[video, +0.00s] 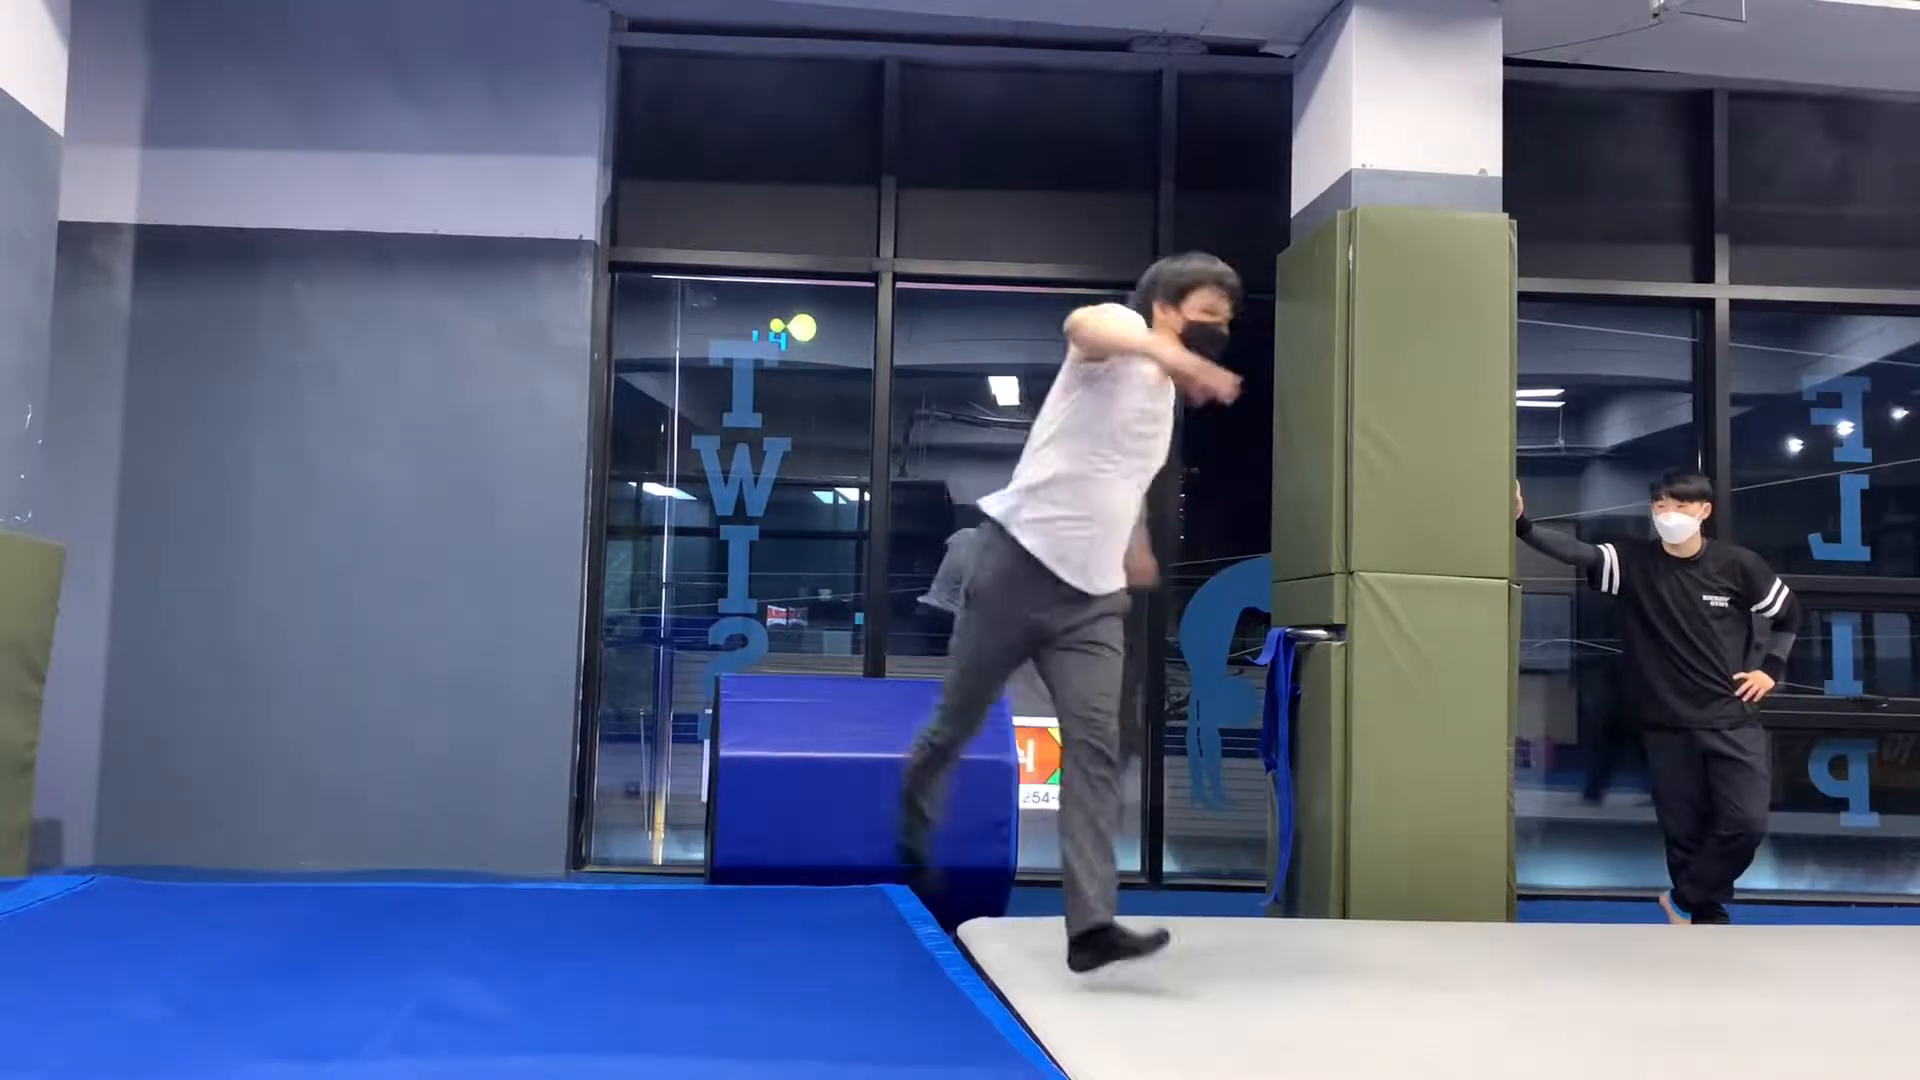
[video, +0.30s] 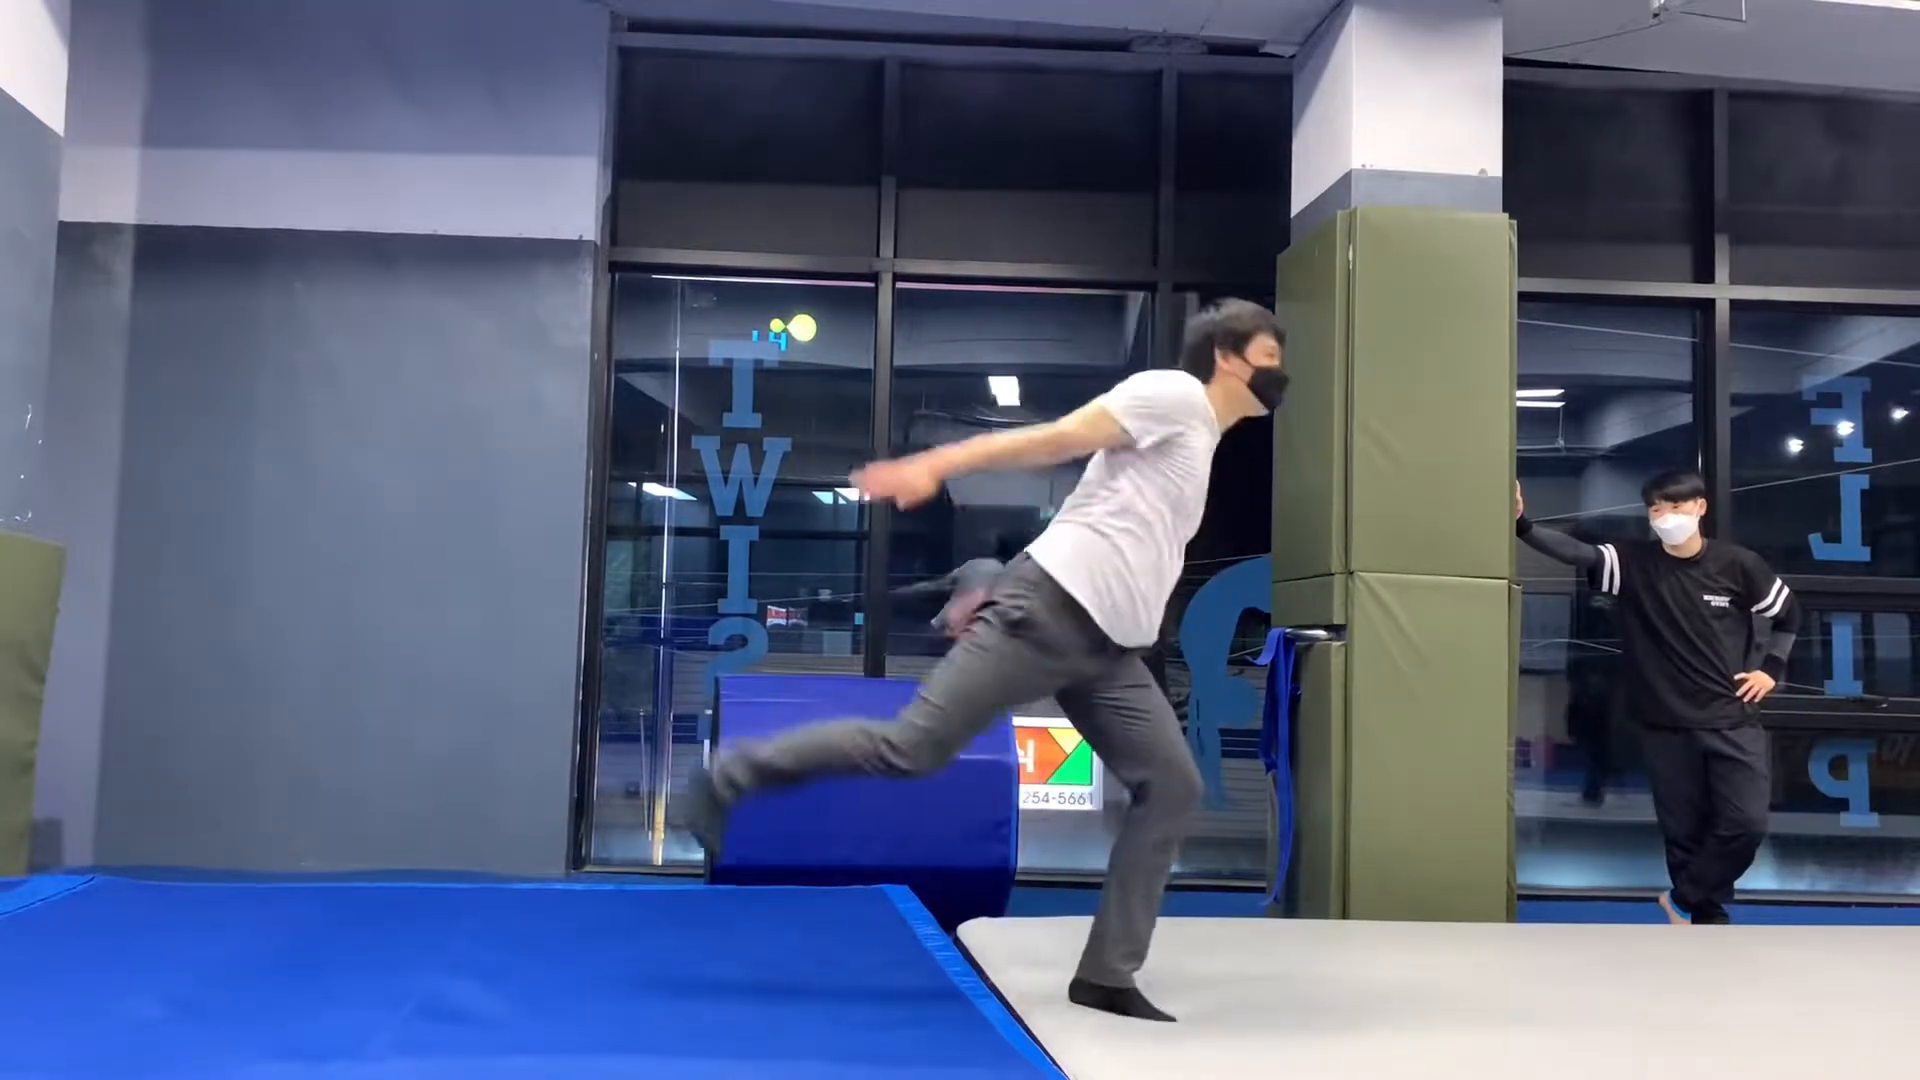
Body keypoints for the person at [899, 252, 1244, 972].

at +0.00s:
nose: (1213, 333)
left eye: (1221, 323)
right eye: (1206, 316)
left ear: (1205, 325)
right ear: (1165, 305)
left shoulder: (1168, 386)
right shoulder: (1119, 328)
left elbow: (1114, 471)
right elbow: (1083, 328)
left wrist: (1130, 540)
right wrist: (1180, 362)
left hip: (1093, 591)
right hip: (1016, 563)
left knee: (1096, 747)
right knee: (955, 724)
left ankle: (1090, 926)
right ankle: (911, 828)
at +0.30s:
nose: (1279, 375)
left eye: (1280, 362)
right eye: (1269, 360)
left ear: (1234, 363)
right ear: (1226, 359)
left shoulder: (1196, 441)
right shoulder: (1174, 395)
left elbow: (1096, 528)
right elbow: (1058, 439)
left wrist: (1001, 584)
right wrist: (934, 466)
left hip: (1109, 646)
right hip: (1048, 607)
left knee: (1172, 786)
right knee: (911, 745)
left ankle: (1107, 976)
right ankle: (729, 773)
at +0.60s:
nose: (1132, 312)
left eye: (1131, 300)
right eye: (1127, 299)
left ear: (1052, 311)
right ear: (1101, 305)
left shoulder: (1015, 378)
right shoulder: (1107, 360)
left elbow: (1121, 384)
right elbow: (1245, 386)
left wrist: (1195, 345)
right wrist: (1369, 376)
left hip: (1040, 616)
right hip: (1091, 596)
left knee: (1154, 796)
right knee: (1269, 661)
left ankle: (1105, 989)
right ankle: (1457, 762)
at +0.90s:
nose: (935, 258)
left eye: (940, 248)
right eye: (944, 243)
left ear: (962, 262)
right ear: (1021, 241)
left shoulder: (959, 310)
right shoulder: (1077, 279)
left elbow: (894, 191)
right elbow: (1050, 173)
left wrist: (898, 72)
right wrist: (992, 73)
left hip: (1098, 569)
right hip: (1164, 503)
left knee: (1074, 757)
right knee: (1196, 393)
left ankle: (1127, 936)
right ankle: (1291, 342)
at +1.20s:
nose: (895, 474)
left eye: (899, 460)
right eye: (884, 462)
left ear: (938, 438)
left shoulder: (996, 520)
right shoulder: (947, 398)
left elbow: (891, 602)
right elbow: (836, 351)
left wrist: (795, 691)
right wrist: (752, 311)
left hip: (1110, 623)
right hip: (1120, 537)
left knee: (1033, 799)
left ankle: (1130, 954)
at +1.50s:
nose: (826, 827)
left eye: (844, 829)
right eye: (825, 815)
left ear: (904, 800)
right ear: (823, 769)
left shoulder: (936, 782)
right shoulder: (786, 700)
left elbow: (916, 927)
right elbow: (713, 828)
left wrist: (914, 1061)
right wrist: (666, 974)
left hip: (979, 532)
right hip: (888, 480)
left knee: (1045, 679)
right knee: (730, 457)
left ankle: (1152, 796)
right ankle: (659, 374)